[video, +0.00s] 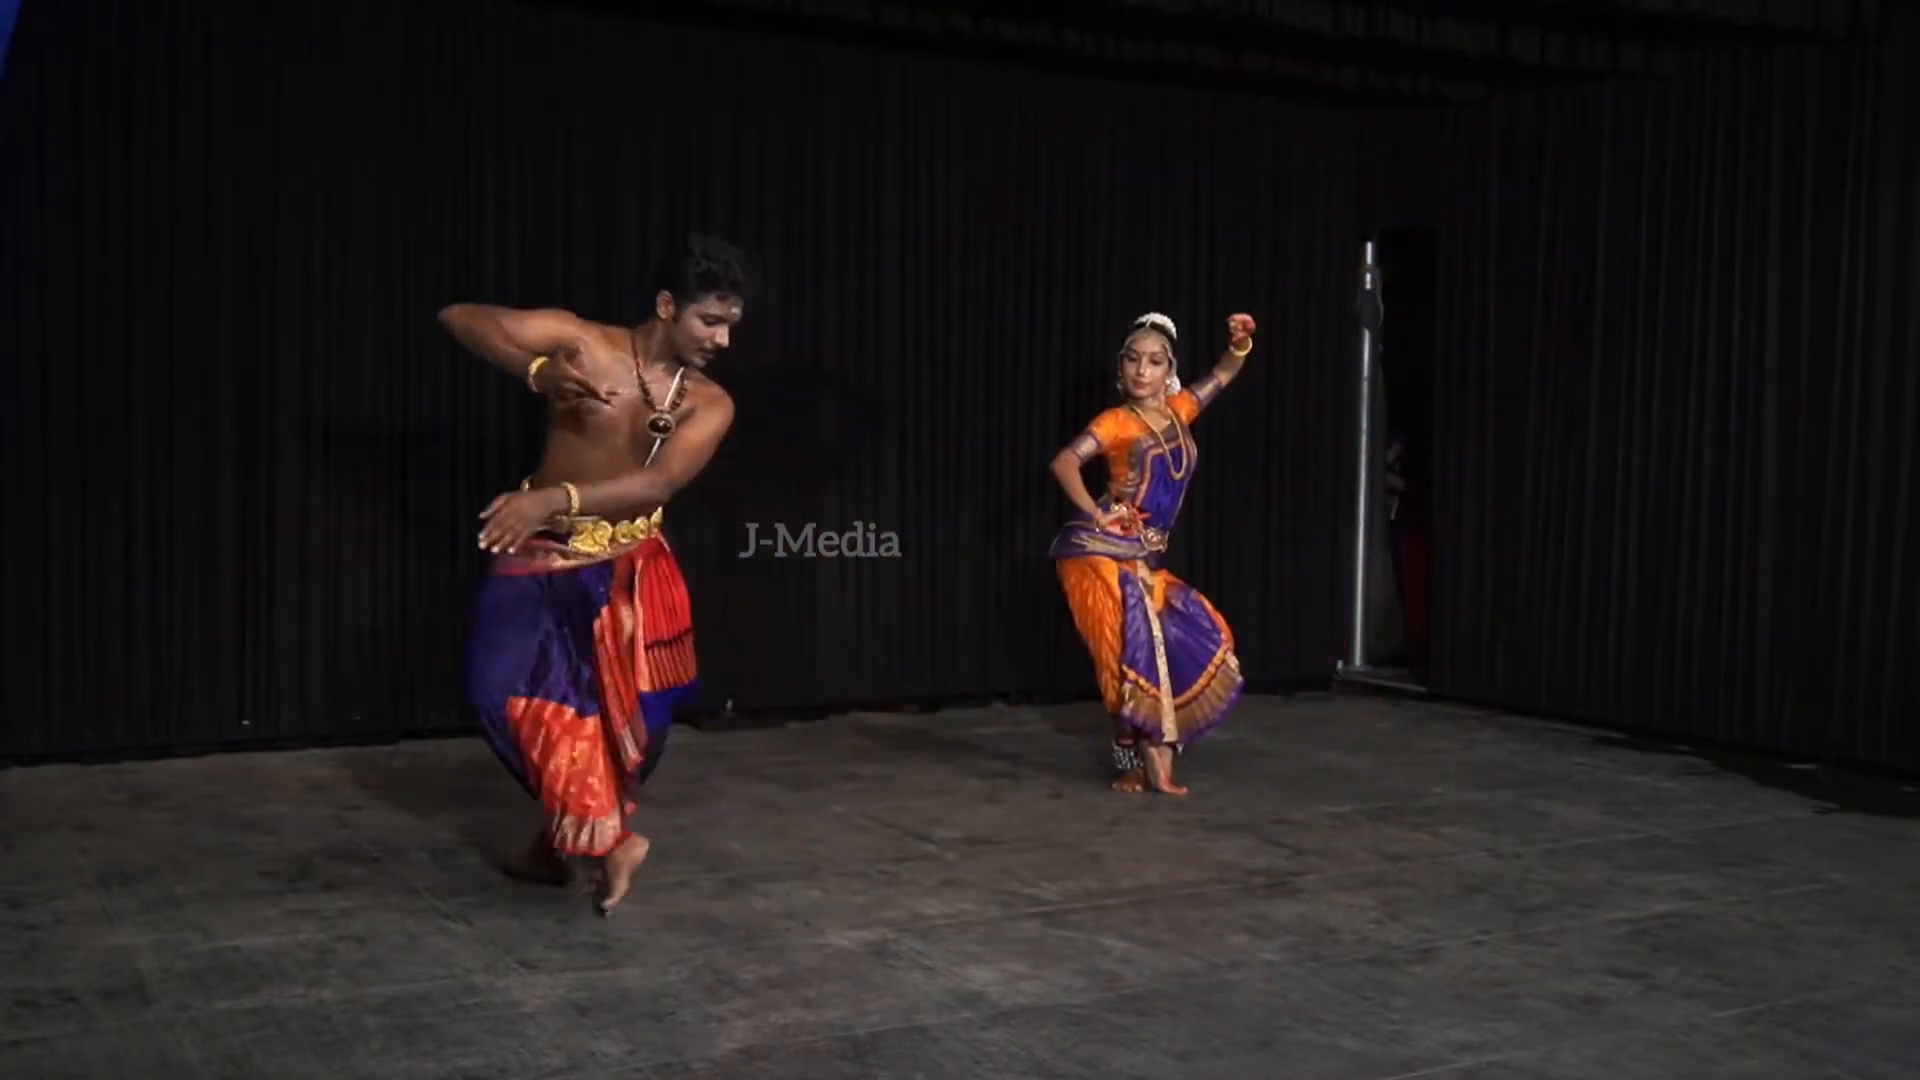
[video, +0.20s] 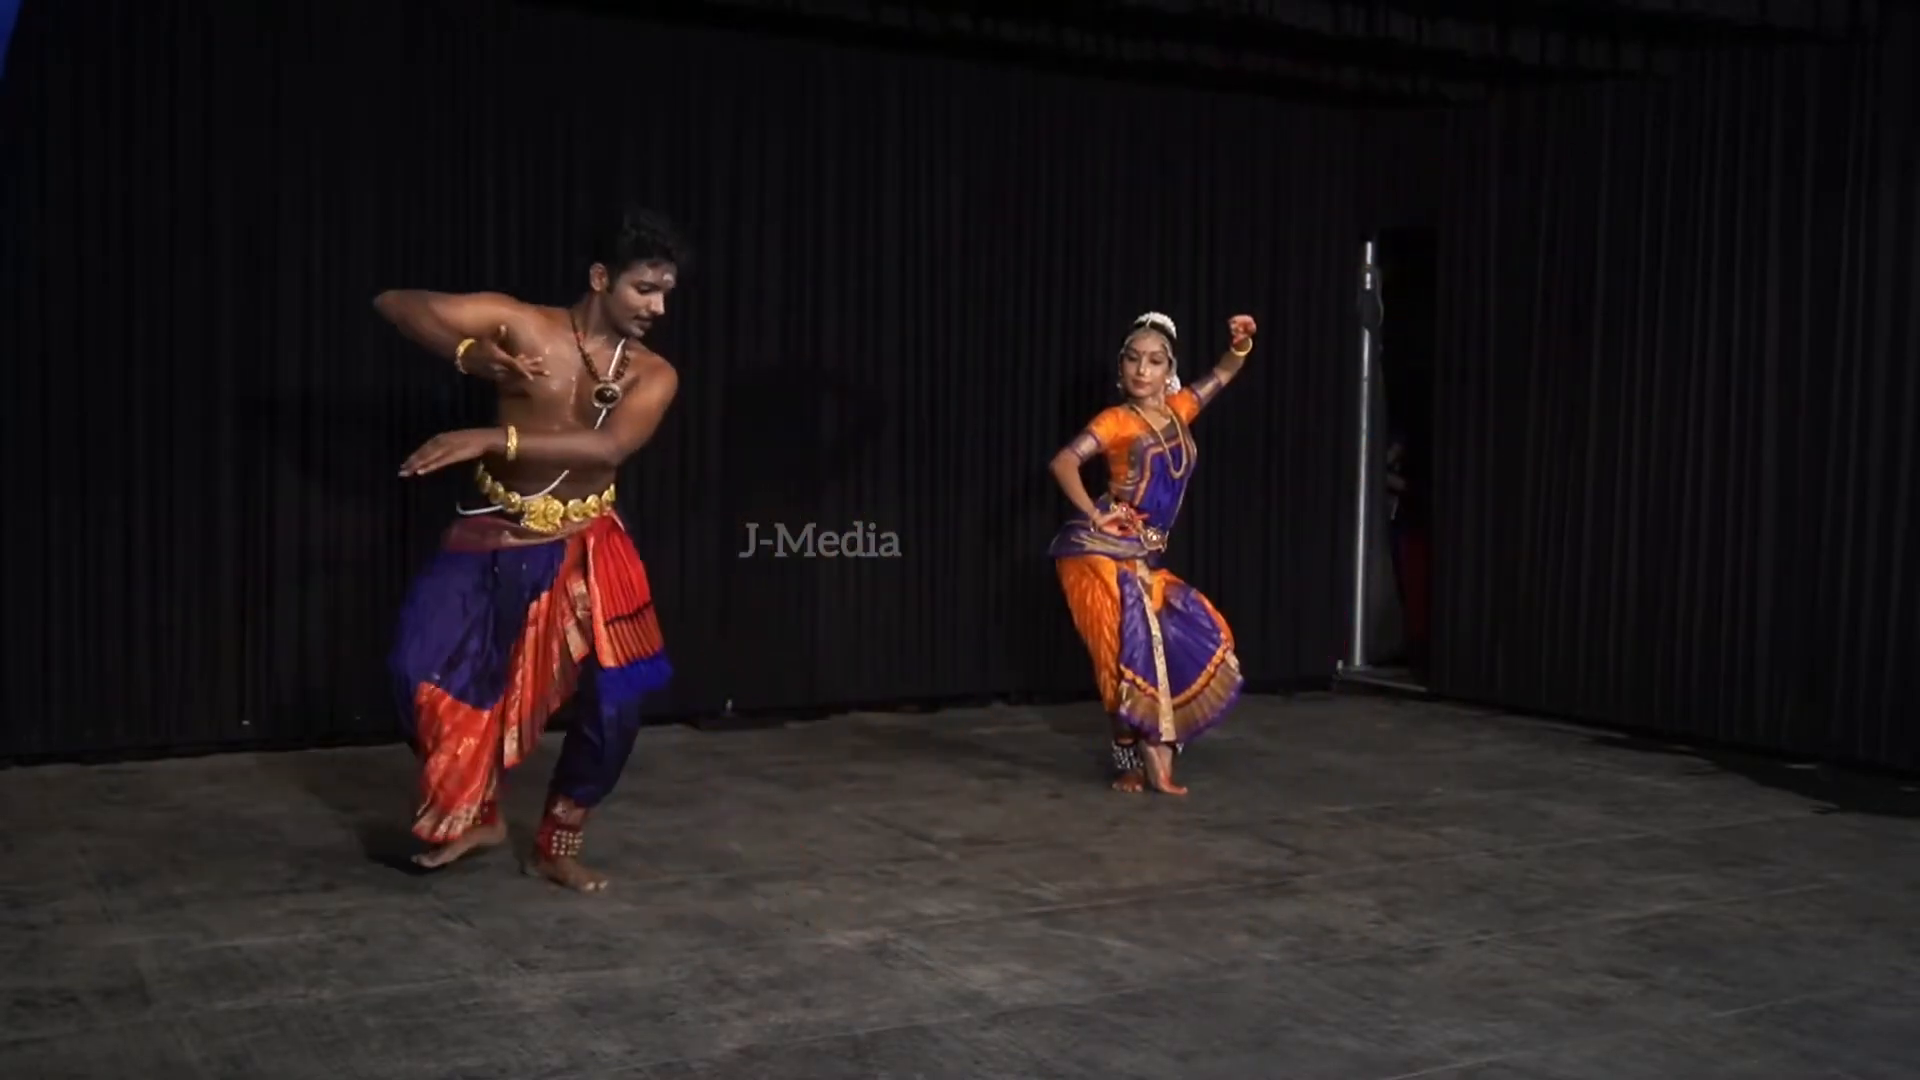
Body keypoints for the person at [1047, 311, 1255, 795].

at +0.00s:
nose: (1141, 369)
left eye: (1154, 360)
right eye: (1133, 359)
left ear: (1170, 371)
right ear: (1121, 366)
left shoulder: (1179, 410)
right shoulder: (1118, 422)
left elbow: (1222, 374)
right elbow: (1064, 463)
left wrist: (1240, 345)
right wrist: (1096, 515)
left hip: (1143, 561)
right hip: (1098, 555)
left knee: (1164, 644)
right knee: (1122, 644)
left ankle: (1160, 751)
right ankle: (1124, 752)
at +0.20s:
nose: (1142, 369)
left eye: (1154, 360)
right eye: (1133, 358)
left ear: (1170, 371)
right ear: (1121, 366)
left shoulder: (1178, 410)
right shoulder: (1118, 421)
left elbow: (1221, 374)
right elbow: (1063, 463)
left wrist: (1240, 346)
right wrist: (1094, 515)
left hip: (1143, 560)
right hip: (1099, 555)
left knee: (1166, 643)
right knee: (1123, 643)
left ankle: (1160, 750)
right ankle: (1124, 752)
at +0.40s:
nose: (1142, 368)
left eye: (1154, 359)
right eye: (1133, 357)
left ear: (1170, 370)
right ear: (1121, 365)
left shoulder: (1179, 408)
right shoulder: (1117, 420)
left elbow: (1223, 373)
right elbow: (1063, 461)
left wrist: (1241, 344)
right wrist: (1095, 513)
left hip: (1143, 559)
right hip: (1097, 553)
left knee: (1167, 641)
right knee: (1122, 642)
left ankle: (1160, 749)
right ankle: (1125, 753)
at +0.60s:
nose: (1143, 368)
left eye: (1155, 359)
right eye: (1134, 358)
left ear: (1171, 370)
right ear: (1122, 365)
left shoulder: (1180, 407)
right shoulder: (1118, 420)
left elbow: (1224, 373)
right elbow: (1063, 461)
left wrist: (1242, 344)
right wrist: (1094, 515)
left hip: (1143, 560)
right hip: (1098, 554)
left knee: (1168, 642)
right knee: (1122, 642)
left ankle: (1160, 748)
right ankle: (1125, 753)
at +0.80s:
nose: (1144, 369)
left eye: (1157, 360)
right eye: (1135, 358)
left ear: (1172, 370)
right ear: (1123, 365)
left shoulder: (1181, 407)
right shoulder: (1119, 421)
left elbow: (1224, 373)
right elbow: (1064, 463)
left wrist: (1242, 345)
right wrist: (1095, 518)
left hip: (1144, 560)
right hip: (1099, 553)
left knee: (1167, 643)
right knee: (1123, 642)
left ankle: (1159, 750)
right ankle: (1125, 752)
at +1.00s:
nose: (1146, 368)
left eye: (1158, 359)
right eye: (1137, 357)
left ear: (1173, 370)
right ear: (1124, 365)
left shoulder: (1182, 407)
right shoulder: (1120, 421)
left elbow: (1225, 372)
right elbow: (1066, 463)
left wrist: (1243, 343)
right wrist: (1096, 517)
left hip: (1144, 560)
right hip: (1098, 553)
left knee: (1179, 638)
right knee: (1125, 640)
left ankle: (1160, 748)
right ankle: (1125, 752)